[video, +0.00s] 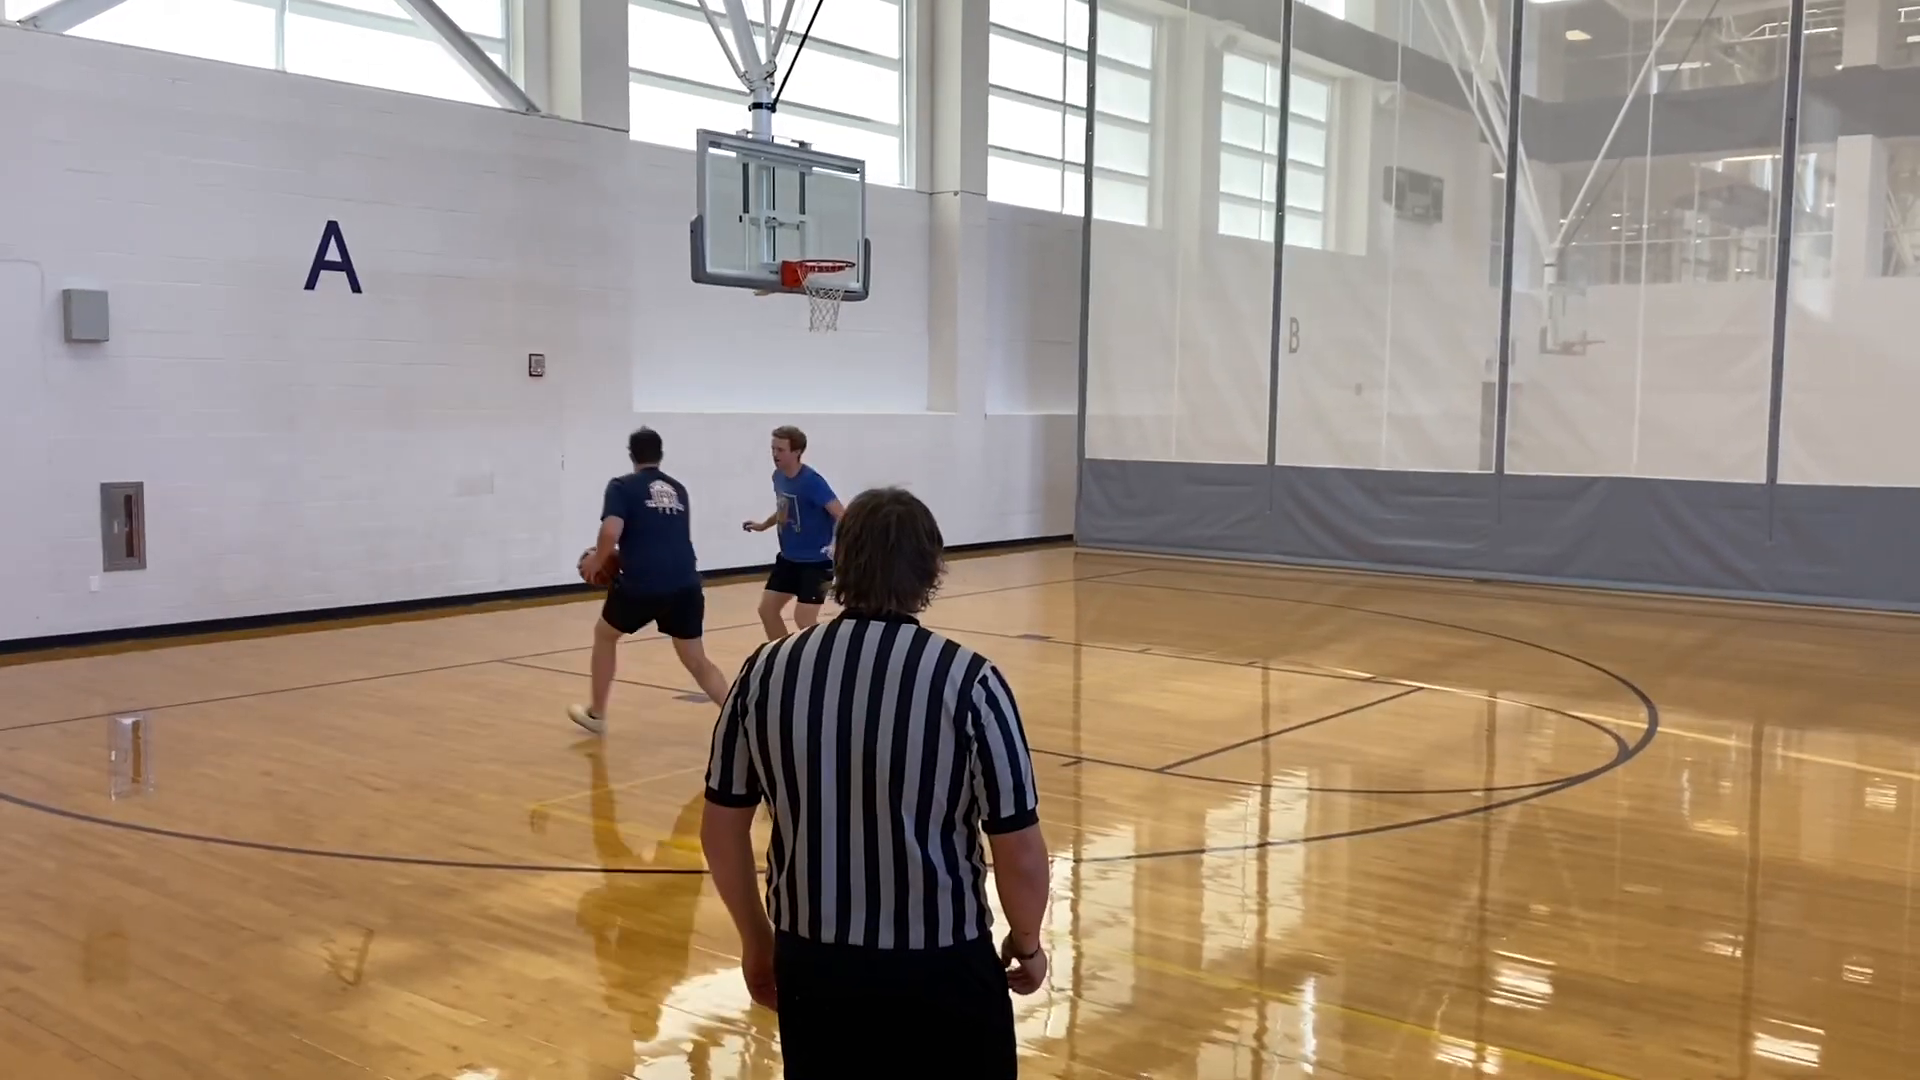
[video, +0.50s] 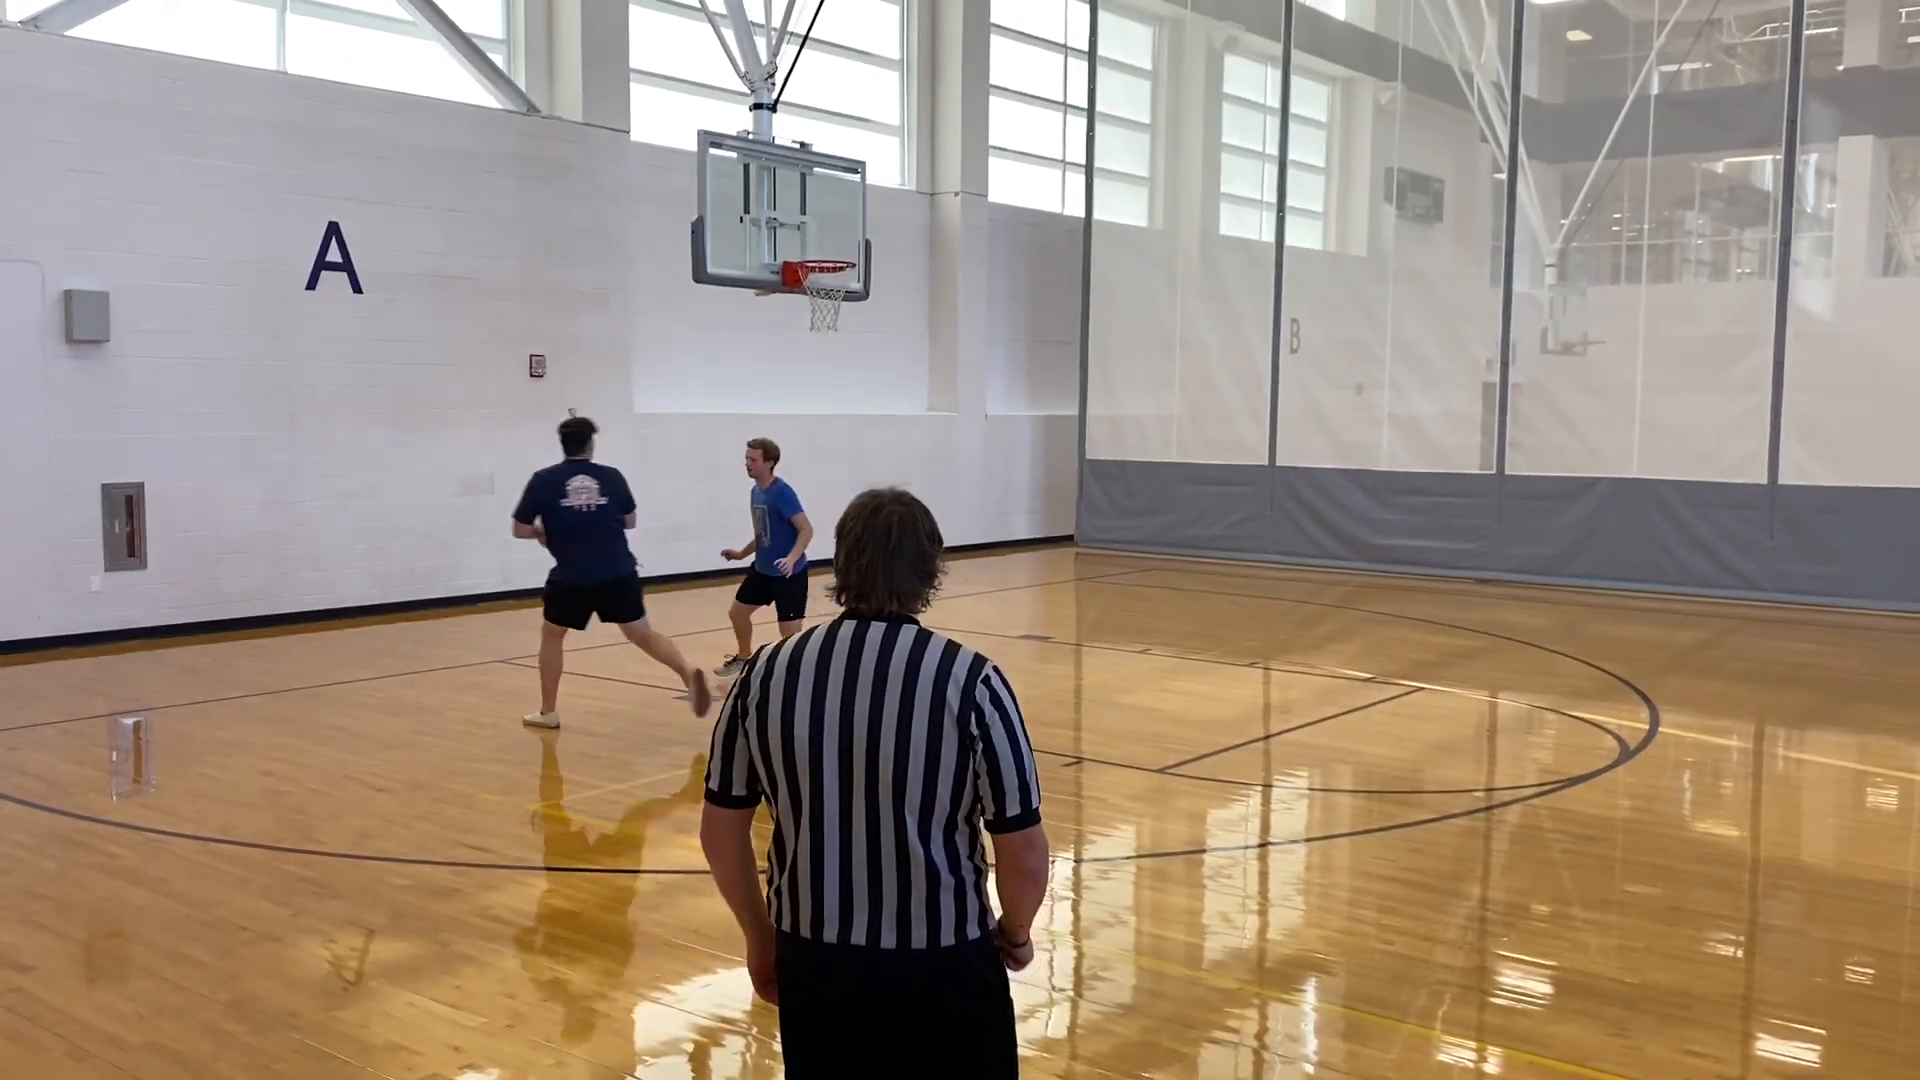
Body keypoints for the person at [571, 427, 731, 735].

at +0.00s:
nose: (636, 458)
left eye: (634, 453)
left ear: (632, 456)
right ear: (661, 456)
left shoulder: (622, 486)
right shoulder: (678, 488)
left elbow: (611, 532)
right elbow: (671, 538)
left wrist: (598, 558)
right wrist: (620, 556)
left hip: (639, 586)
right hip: (684, 585)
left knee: (606, 634)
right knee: (696, 659)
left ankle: (596, 713)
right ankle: (739, 717)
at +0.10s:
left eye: (620, 449)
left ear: (618, 451)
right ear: (646, 451)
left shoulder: (608, 482)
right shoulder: (664, 484)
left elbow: (600, 528)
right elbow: (654, 533)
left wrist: (585, 555)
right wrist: (599, 551)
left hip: (627, 583)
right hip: (672, 581)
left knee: (593, 640)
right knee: (692, 655)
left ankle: (572, 708)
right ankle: (737, 711)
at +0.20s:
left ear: (603, 447)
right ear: (632, 447)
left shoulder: (592, 479)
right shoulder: (650, 479)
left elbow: (584, 529)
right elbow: (649, 527)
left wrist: (573, 552)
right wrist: (592, 551)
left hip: (613, 581)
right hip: (658, 577)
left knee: (580, 644)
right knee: (684, 648)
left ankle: (557, 708)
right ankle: (730, 704)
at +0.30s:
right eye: (614, 442)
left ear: (588, 445)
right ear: (617, 445)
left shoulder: (575, 478)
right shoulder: (636, 476)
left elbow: (565, 531)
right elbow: (643, 524)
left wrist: (557, 553)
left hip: (597, 579)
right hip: (643, 574)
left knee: (570, 645)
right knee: (672, 643)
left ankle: (550, 711)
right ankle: (723, 699)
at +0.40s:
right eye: (602, 443)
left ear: (575, 445)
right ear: (604, 445)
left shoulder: (558, 480)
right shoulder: (623, 476)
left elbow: (540, 531)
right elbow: (636, 529)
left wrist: (551, 547)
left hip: (583, 580)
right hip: (630, 575)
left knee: (560, 644)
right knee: (661, 641)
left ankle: (549, 712)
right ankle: (709, 684)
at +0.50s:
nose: (589, 446)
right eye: (591, 441)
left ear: (562, 445)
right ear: (591, 444)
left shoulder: (543, 480)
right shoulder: (611, 476)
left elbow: (520, 529)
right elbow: (630, 521)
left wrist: (548, 529)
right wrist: (595, 517)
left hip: (571, 577)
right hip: (618, 574)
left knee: (552, 638)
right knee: (643, 634)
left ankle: (548, 711)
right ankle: (689, 673)